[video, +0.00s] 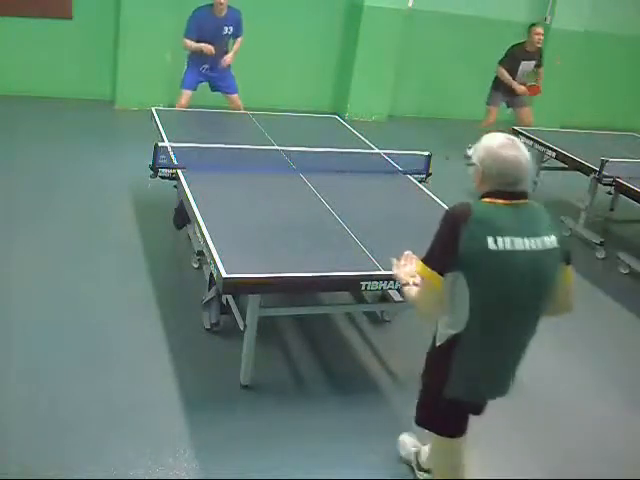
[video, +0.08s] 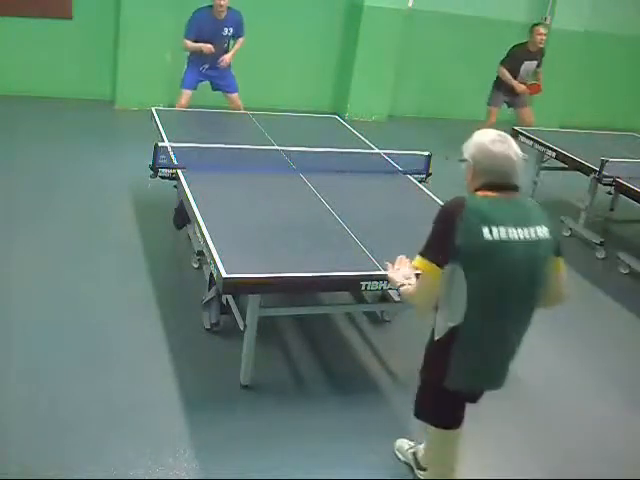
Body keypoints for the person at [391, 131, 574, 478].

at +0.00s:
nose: (472, 170)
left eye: (475, 164)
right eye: (474, 163)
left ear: (481, 173)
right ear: (525, 173)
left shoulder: (464, 217)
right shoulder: (544, 220)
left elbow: (431, 303)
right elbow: (561, 301)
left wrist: (409, 280)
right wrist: (514, 301)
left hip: (461, 348)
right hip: (508, 345)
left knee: (447, 426)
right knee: (460, 400)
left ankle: (445, 470)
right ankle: (434, 456)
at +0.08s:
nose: (465, 170)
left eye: (467, 164)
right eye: (467, 163)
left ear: (474, 170)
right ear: (514, 170)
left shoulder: (459, 211)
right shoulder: (537, 215)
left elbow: (425, 296)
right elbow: (554, 291)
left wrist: (404, 280)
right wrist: (507, 291)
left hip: (458, 340)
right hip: (503, 337)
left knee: (444, 409)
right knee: (452, 395)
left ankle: (438, 469)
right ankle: (431, 456)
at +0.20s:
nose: (449, 155)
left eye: (452, 150)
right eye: (451, 149)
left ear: (459, 157)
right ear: (496, 157)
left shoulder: (448, 196)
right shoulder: (520, 201)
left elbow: (425, 278)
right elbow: (541, 271)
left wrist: (401, 280)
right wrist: (499, 279)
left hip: (452, 323)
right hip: (494, 323)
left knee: (439, 402)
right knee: (445, 388)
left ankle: (436, 469)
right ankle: (427, 455)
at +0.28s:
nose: (442, 150)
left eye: (444, 145)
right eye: (443, 144)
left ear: (453, 152)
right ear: (488, 152)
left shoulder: (442, 188)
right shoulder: (514, 191)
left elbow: (423, 271)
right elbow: (536, 264)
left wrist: (399, 277)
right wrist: (501, 283)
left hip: (450, 318)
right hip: (492, 319)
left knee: (435, 406)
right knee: (445, 389)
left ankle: (433, 471)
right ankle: (426, 456)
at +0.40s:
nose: (431, 153)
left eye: (433, 147)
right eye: (432, 147)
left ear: (441, 151)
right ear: (475, 152)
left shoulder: (432, 185)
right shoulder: (503, 190)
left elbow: (415, 266)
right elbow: (528, 260)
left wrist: (394, 272)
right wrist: (499, 275)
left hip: (444, 315)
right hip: (486, 317)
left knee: (430, 413)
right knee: (438, 388)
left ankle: (430, 472)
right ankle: (425, 458)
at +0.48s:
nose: (427, 153)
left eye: (429, 147)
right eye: (428, 147)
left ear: (436, 150)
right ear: (472, 150)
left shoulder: (429, 184)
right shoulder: (499, 188)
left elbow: (413, 265)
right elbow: (524, 257)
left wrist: (391, 271)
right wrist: (500, 272)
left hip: (441, 316)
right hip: (482, 317)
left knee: (426, 422)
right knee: (434, 386)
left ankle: (431, 472)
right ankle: (424, 457)